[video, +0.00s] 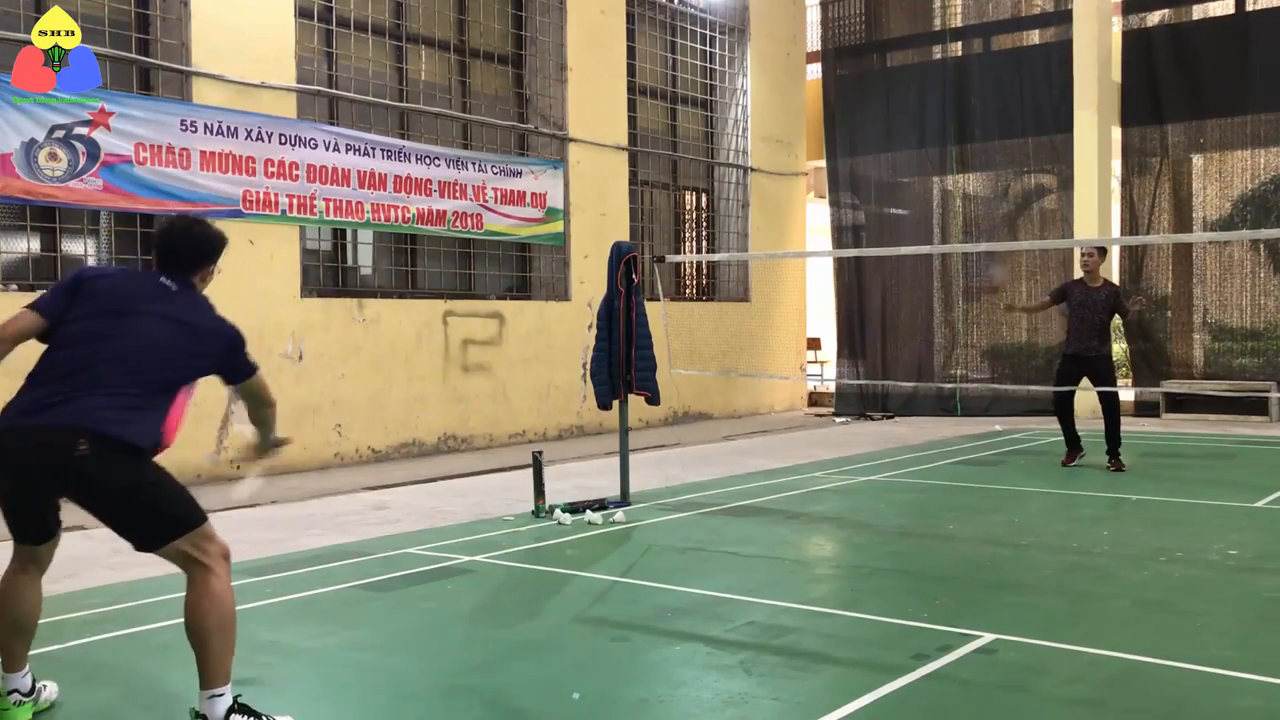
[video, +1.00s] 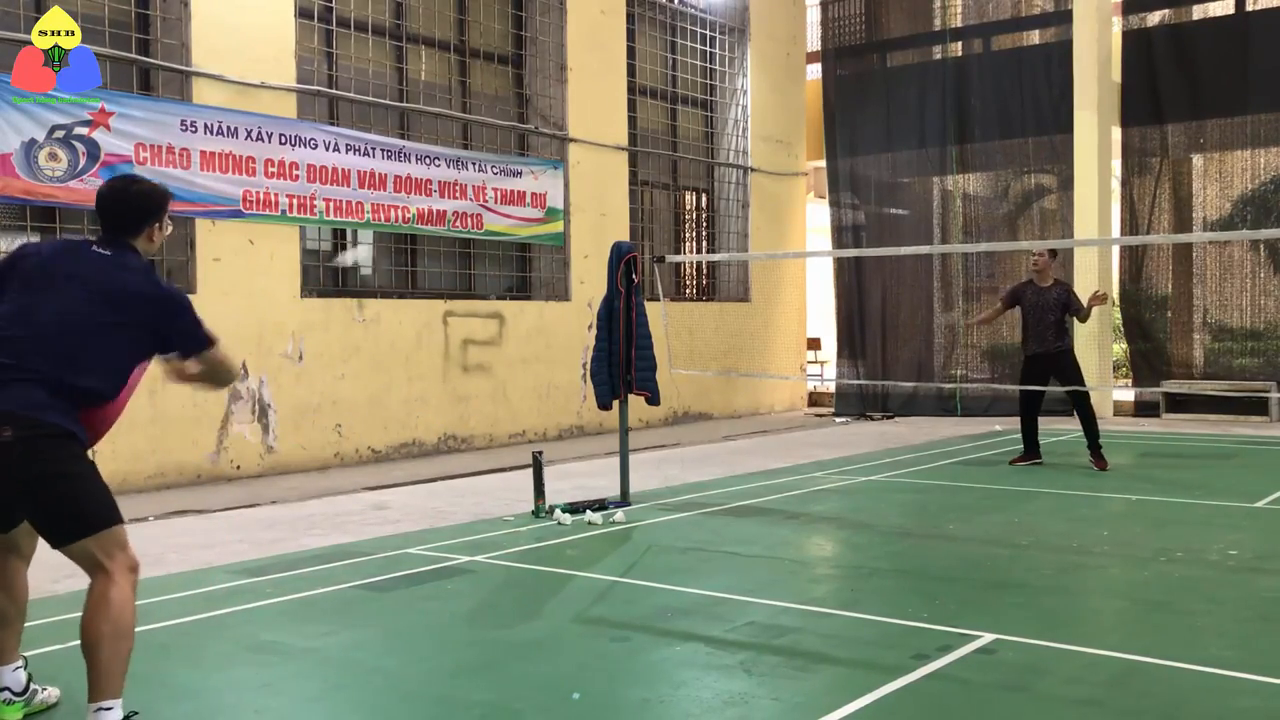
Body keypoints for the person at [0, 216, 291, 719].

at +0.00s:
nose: (213, 276)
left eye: (215, 269)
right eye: (214, 269)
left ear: (156, 256)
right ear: (205, 271)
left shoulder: (91, 281)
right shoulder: (209, 326)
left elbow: (8, 333)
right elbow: (261, 399)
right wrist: (267, 440)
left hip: (21, 439)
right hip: (104, 449)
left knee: (29, 555)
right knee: (208, 559)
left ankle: (14, 688)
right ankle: (217, 706)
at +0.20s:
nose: (190, 271)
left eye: (189, 262)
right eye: (188, 263)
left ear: (125, 262)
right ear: (172, 269)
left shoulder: (51, 285)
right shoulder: (179, 324)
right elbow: (263, 386)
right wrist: (322, 414)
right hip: (57, 448)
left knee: (22, 547)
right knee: (154, 563)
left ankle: (18, 688)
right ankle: (207, 706)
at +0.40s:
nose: (171, 249)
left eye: (170, 238)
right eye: (168, 239)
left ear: (106, 242)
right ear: (150, 243)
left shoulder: (47, 272)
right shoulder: (149, 293)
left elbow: (14, 346)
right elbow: (222, 389)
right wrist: (276, 429)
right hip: (32, 426)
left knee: (24, 547)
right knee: (118, 560)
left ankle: (18, 687)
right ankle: (162, 706)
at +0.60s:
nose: (170, 239)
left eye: (168, 228)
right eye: (167, 229)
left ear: (108, 234)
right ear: (149, 234)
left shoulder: (52, 265)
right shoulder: (144, 288)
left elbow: (20, 340)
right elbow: (199, 394)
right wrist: (259, 439)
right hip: (29, 426)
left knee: (32, 548)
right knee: (119, 562)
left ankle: (20, 688)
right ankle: (106, 712)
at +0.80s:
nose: (174, 245)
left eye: (173, 234)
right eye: (171, 235)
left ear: (108, 237)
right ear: (154, 241)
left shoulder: (50, 268)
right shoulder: (150, 296)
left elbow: (7, 330)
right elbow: (186, 407)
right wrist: (223, 433)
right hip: (42, 439)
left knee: (30, 543)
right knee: (140, 570)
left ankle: (15, 681)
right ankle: (109, 712)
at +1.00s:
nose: (168, 231)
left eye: (168, 221)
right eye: (166, 222)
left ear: (101, 220)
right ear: (152, 229)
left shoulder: (30, 256)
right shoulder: (152, 294)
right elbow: (224, 369)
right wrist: (192, 371)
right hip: (41, 435)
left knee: (14, 548)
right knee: (115, 566)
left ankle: (9, 681)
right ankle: (106, 711)